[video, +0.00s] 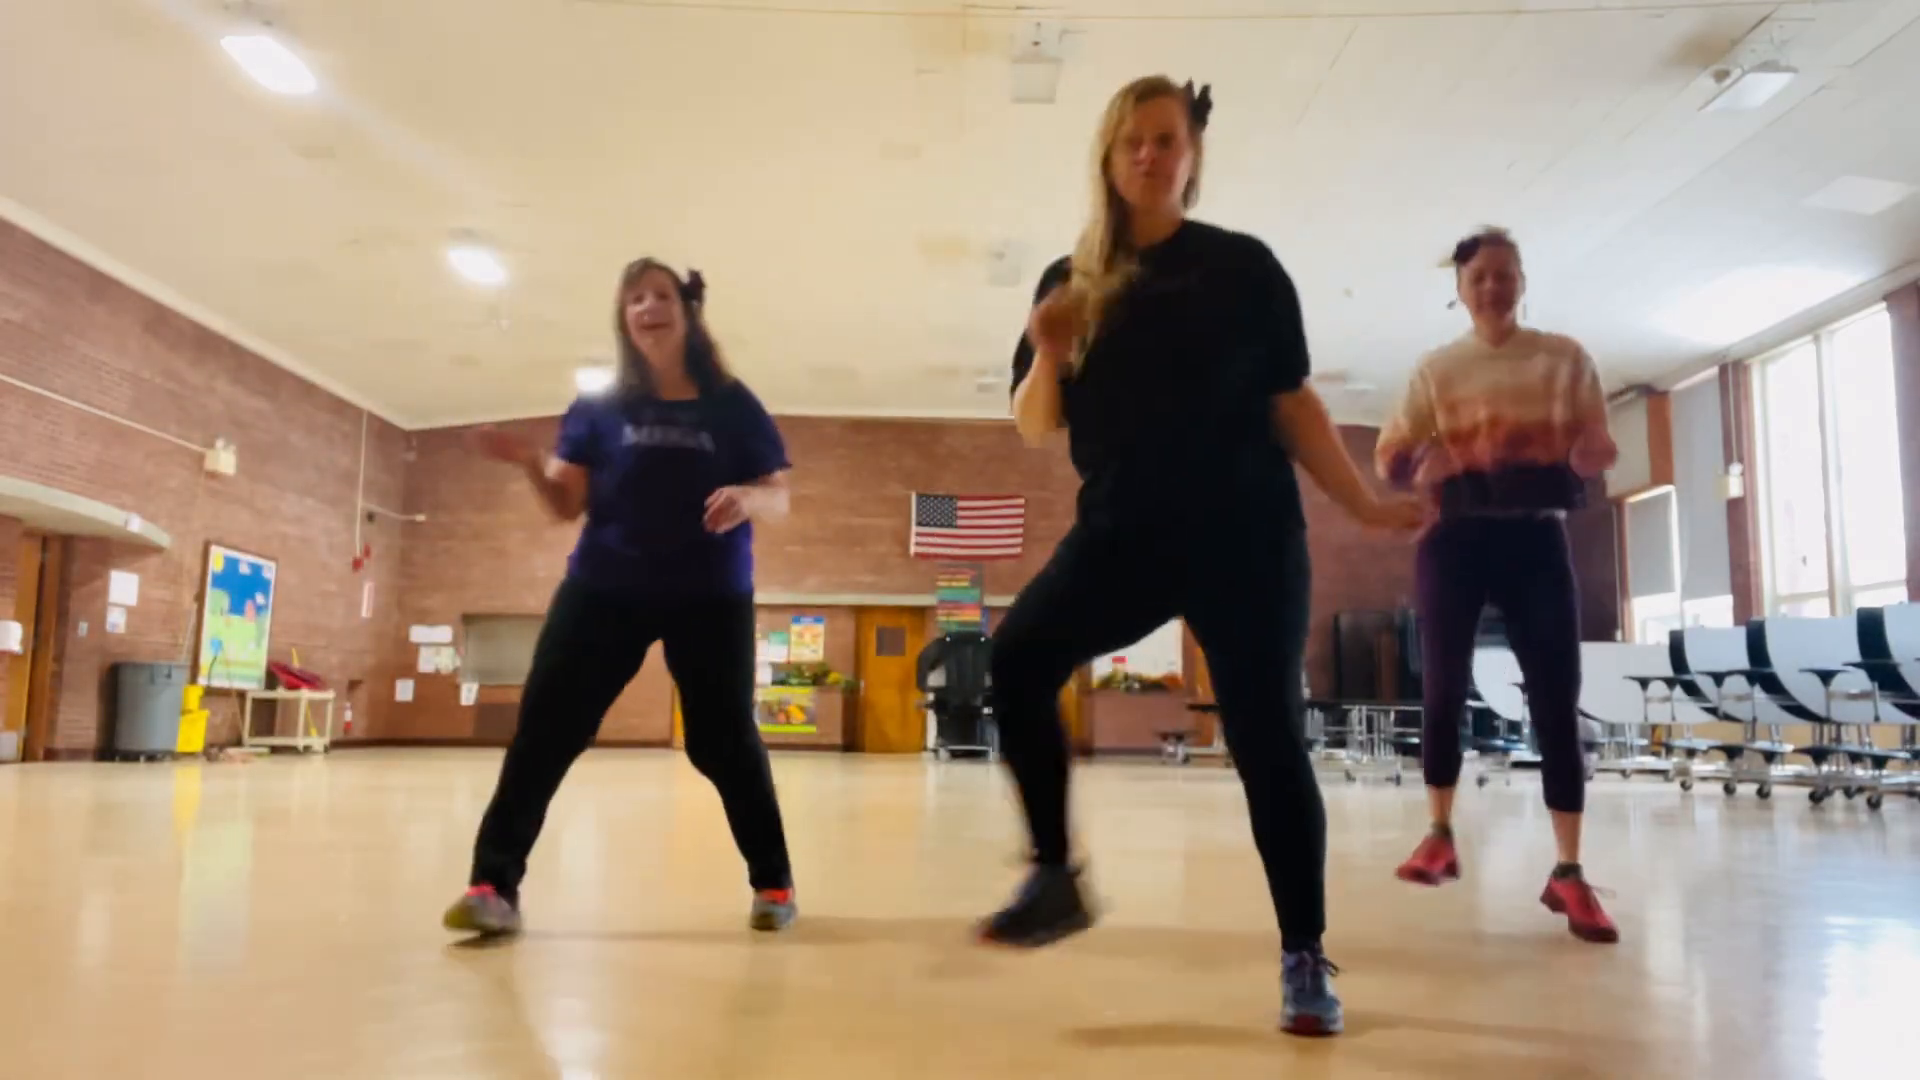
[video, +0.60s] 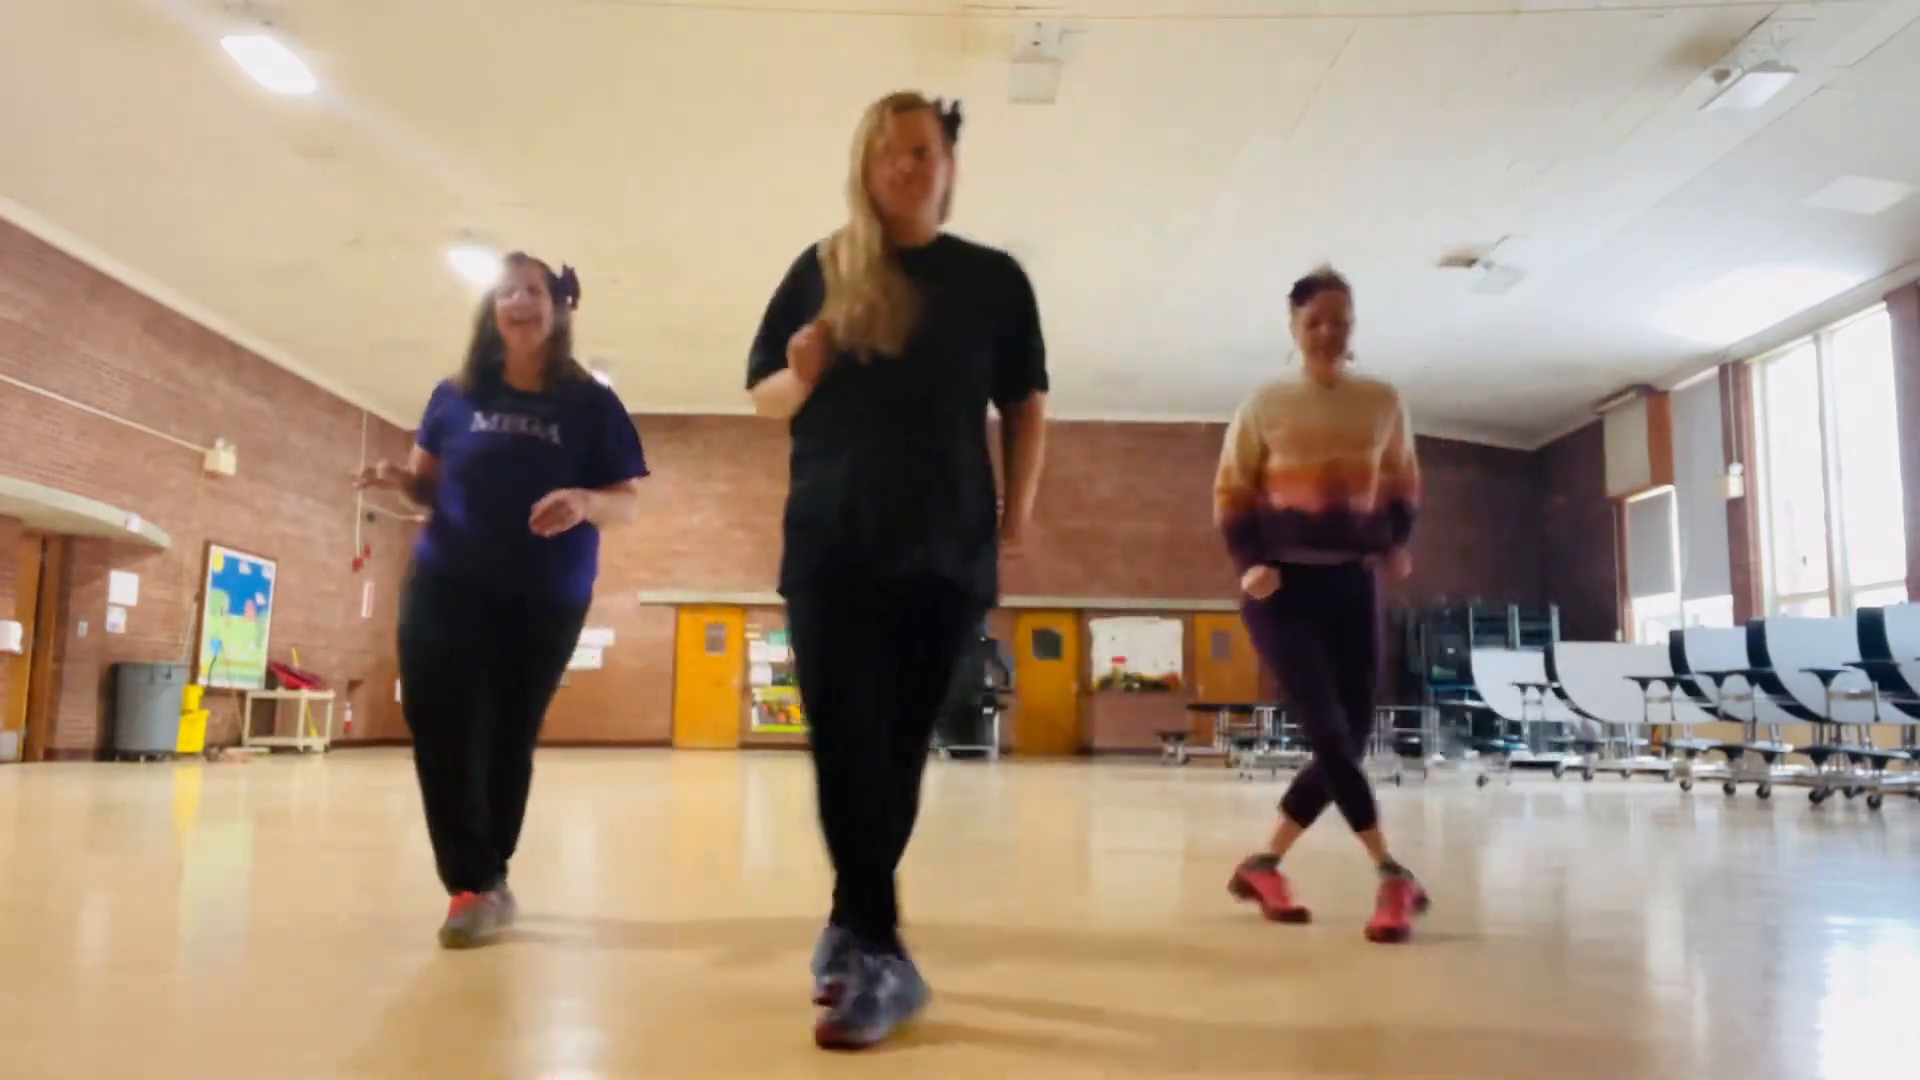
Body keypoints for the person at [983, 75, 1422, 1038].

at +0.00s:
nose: (1154, 157)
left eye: (1170, 142)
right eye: (1139, 142)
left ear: (1195, 155)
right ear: (1109, 157)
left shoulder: (1246, 267)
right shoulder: (1073, 279)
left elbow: (1294, 402)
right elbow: (1036, 427)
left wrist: (1365, 502)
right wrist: (1050, 354)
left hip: (1243, 536)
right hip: (1125, 536)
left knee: (1267, 740)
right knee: (1020, 656)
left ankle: (1303, 955)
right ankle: (1054, 876)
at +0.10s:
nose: (1127, 164)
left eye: (1143, 149)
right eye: (1111, 150)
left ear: (1171, 162)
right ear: (1084, 164)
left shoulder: (1217, 283)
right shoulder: (1041, 284)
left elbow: (1256, 424)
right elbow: (1003, 433)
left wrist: (1356, 473)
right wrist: (996, 479)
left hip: (1209, 553)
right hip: (1086, 557)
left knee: (1246, 751)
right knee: (1010, 749)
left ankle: (1301, 960)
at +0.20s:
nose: (1098, 154)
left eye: (1114, 139)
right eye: (1082, 137)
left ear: (1136, 154)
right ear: (1049, 149)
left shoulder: (1163, 276)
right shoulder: (996, 264)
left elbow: (1182, 415)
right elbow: (951, 414)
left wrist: (1251, 368)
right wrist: (937, 536)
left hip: (1142, 550)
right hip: (1017, 552)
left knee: (1210, 746)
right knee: (968, 758)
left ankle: (1291, 953)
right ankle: (915, 965)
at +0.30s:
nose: (1050, 151)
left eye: (1067, 136)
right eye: (1034, 134)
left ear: (1089, 153)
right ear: (999, 147)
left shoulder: (1112, 273)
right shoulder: (943, 259)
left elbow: (1122, 418)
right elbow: (881, 396)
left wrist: (1153, 342)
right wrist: (887, 511)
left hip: (1078, 536)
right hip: (954, 536)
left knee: (1162, 706)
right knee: (928, 751)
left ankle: (1173, 890)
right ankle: (906, 968)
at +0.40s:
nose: (1001, 149)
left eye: (1017, 134)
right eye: (985, 132)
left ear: (1040, 150)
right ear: (952, 144)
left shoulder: (1065, 265)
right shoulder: (900, 258)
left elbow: (1063, 400)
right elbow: (840, 393)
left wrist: (1102, 381)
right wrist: (850, 470)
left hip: (1027, 539)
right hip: (909, 538)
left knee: (1084, 697)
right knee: (904, 751)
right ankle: (904, 965)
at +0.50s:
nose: (956, 151)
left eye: (971, 137)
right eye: (940, 136)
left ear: (994, 152)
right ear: (907, 149)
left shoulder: (1028, 263)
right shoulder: (856, 256)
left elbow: (1043, 391)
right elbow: (802, 382)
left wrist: (1060, 429)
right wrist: (820, 409)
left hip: (987, 543)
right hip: (874, 544)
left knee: (982, 742)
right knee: (889, 751)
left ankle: (879, 879)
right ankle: (900, 970)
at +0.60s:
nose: (907, 167)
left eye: (923, 152)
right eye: (891, 152)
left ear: (950, 167)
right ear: (863, 167)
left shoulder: (995, 280)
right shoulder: (823, 268)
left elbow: (1023, 406)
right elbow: (765, 397)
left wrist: (1015, 514)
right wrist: (797, 373)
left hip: (943, 546)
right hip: (831, 543)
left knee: (900, 746)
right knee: (842, 741)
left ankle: (848, 935)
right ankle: (882, 955)